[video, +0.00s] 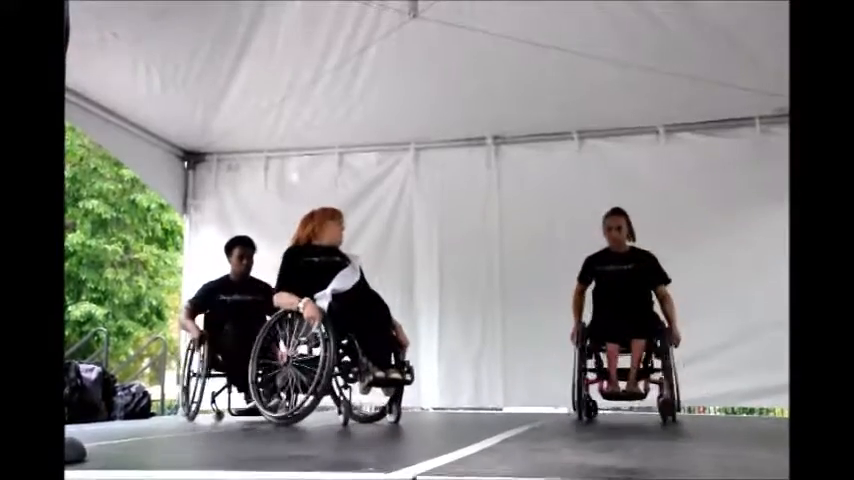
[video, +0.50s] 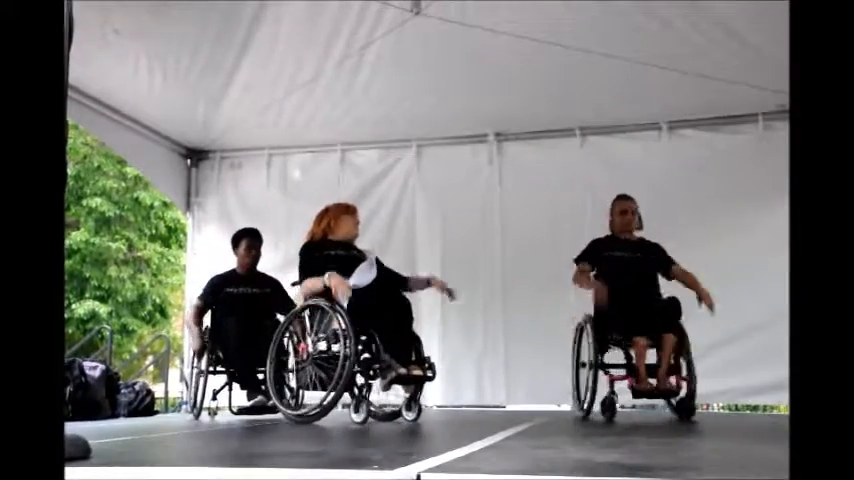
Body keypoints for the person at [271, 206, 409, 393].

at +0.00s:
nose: (342, 229)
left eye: (342, 225)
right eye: (338, 225)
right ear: (319, 227)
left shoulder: (345, 259)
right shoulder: (296, 254)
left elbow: (367, 293)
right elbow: (279, 296)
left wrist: (394, 326)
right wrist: (302, 303)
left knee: (375, 308)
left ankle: (382, 366)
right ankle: (376, 367)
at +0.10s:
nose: (347, 229)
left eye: (346, 225)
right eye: (343, 224)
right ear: (324, 226)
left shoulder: (348, 258)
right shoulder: (301, 253)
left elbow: (372, 292)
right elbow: (290, 294)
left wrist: (401, 325)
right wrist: (313, 302)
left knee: (381, 307)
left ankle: (389, 364)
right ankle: (378, 365)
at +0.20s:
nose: (350, 228)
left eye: (349, 223)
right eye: (345, 222)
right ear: (328, 225)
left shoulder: (351, 256)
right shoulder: (305, 251)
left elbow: (375, 290)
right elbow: (294, 292)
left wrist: (405, 323)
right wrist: (316, 304)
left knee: (385, 304)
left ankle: (393, 364)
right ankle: (384, 364)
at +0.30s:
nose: (354, 226)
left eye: (353, 222)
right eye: (349, 222)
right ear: (330, 224)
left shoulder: (354, 255)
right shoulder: (308, 250)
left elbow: (379, 287)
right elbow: (301, 292)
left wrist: (412, 316)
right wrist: (322, 304)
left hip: (369, 303)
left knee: (391, 307)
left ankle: (399, 363)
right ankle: (390, 364)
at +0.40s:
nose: (355, 224)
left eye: (354, 220)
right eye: (350, 219)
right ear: (332, 223)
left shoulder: (355, 255)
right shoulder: (310, 250)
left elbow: (382, 286)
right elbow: (303, 292)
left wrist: (416, 305)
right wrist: (325, 299)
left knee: (397, 306)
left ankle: (399, 363)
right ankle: (388, 365)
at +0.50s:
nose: (358, 222)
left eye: (357, 218)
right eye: (352, 218)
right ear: (334, 222)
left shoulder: (360, 255)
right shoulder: (313, 250)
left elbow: (396, 281)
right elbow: (306, 286)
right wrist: (329, 278)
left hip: (369, 303)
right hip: (332, 311)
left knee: (400, 304)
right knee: (381, 308)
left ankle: (406, 362)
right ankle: (388, 364)